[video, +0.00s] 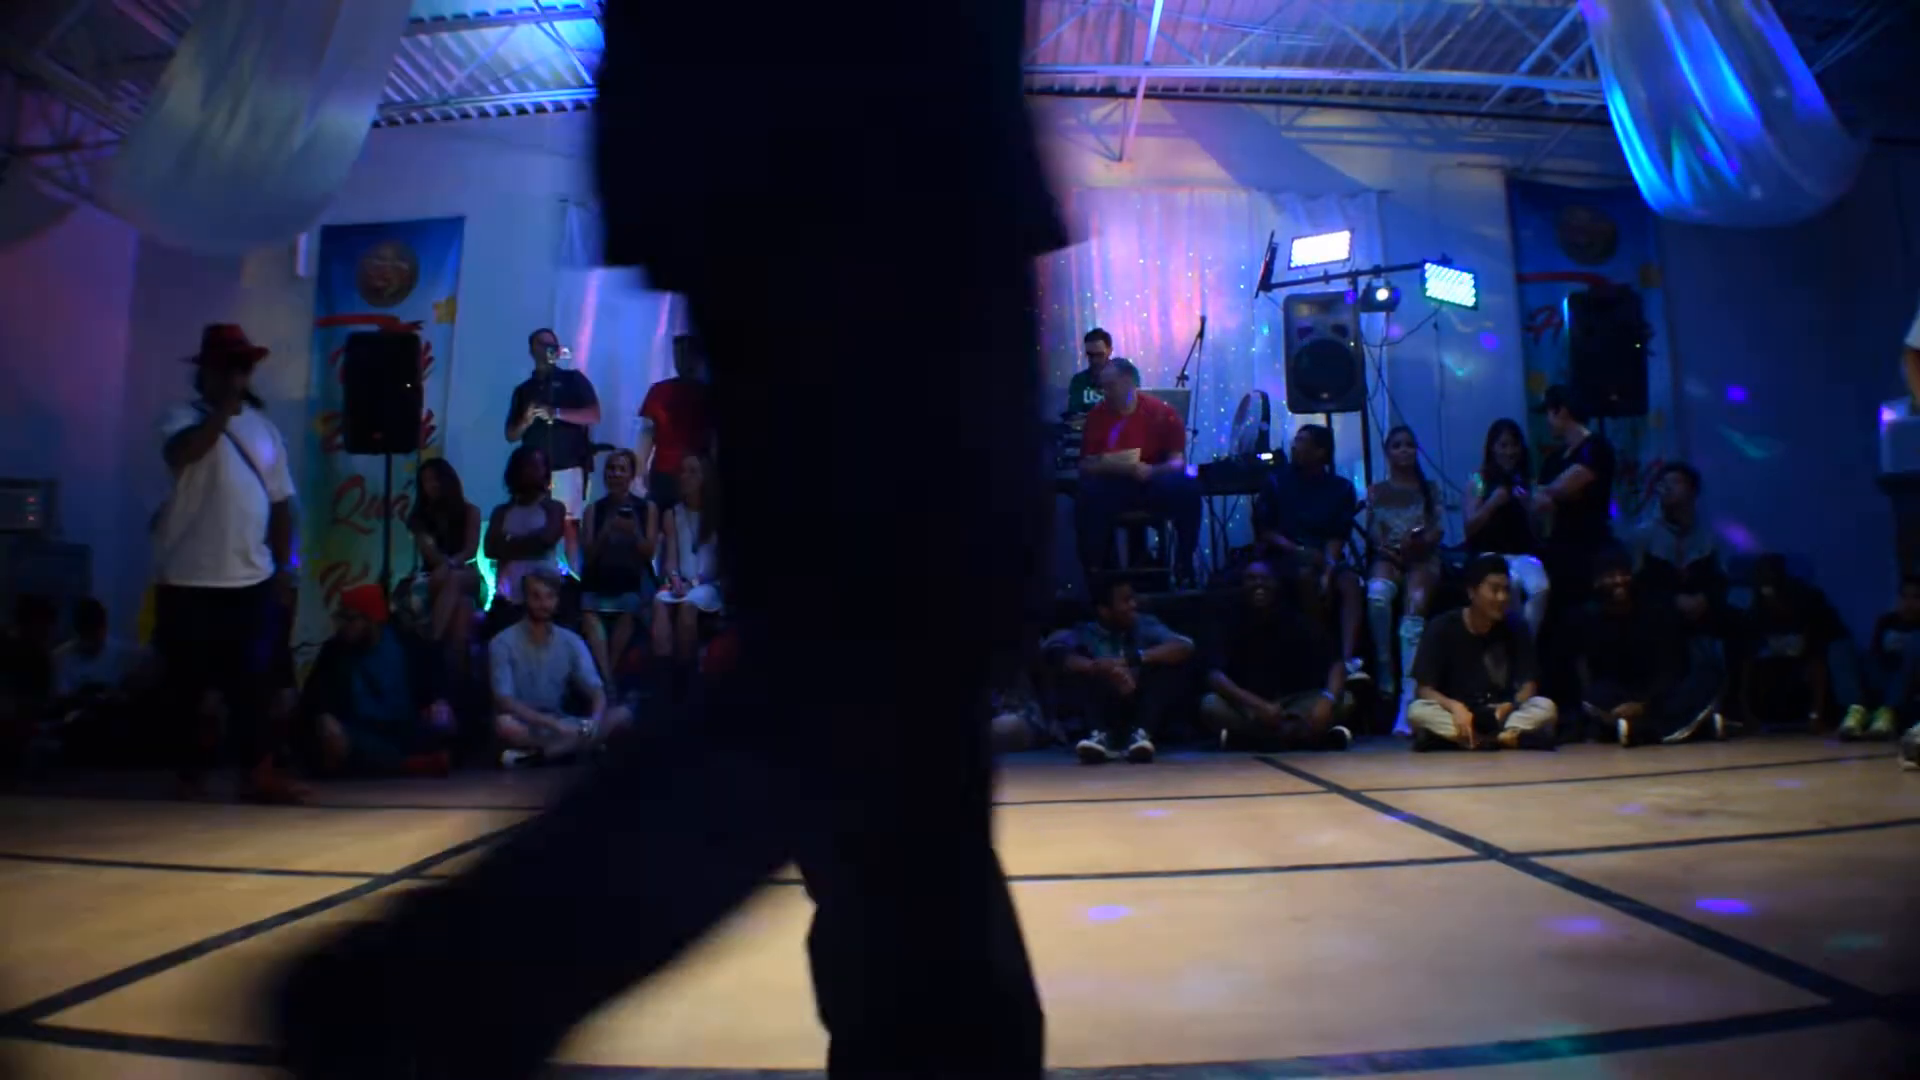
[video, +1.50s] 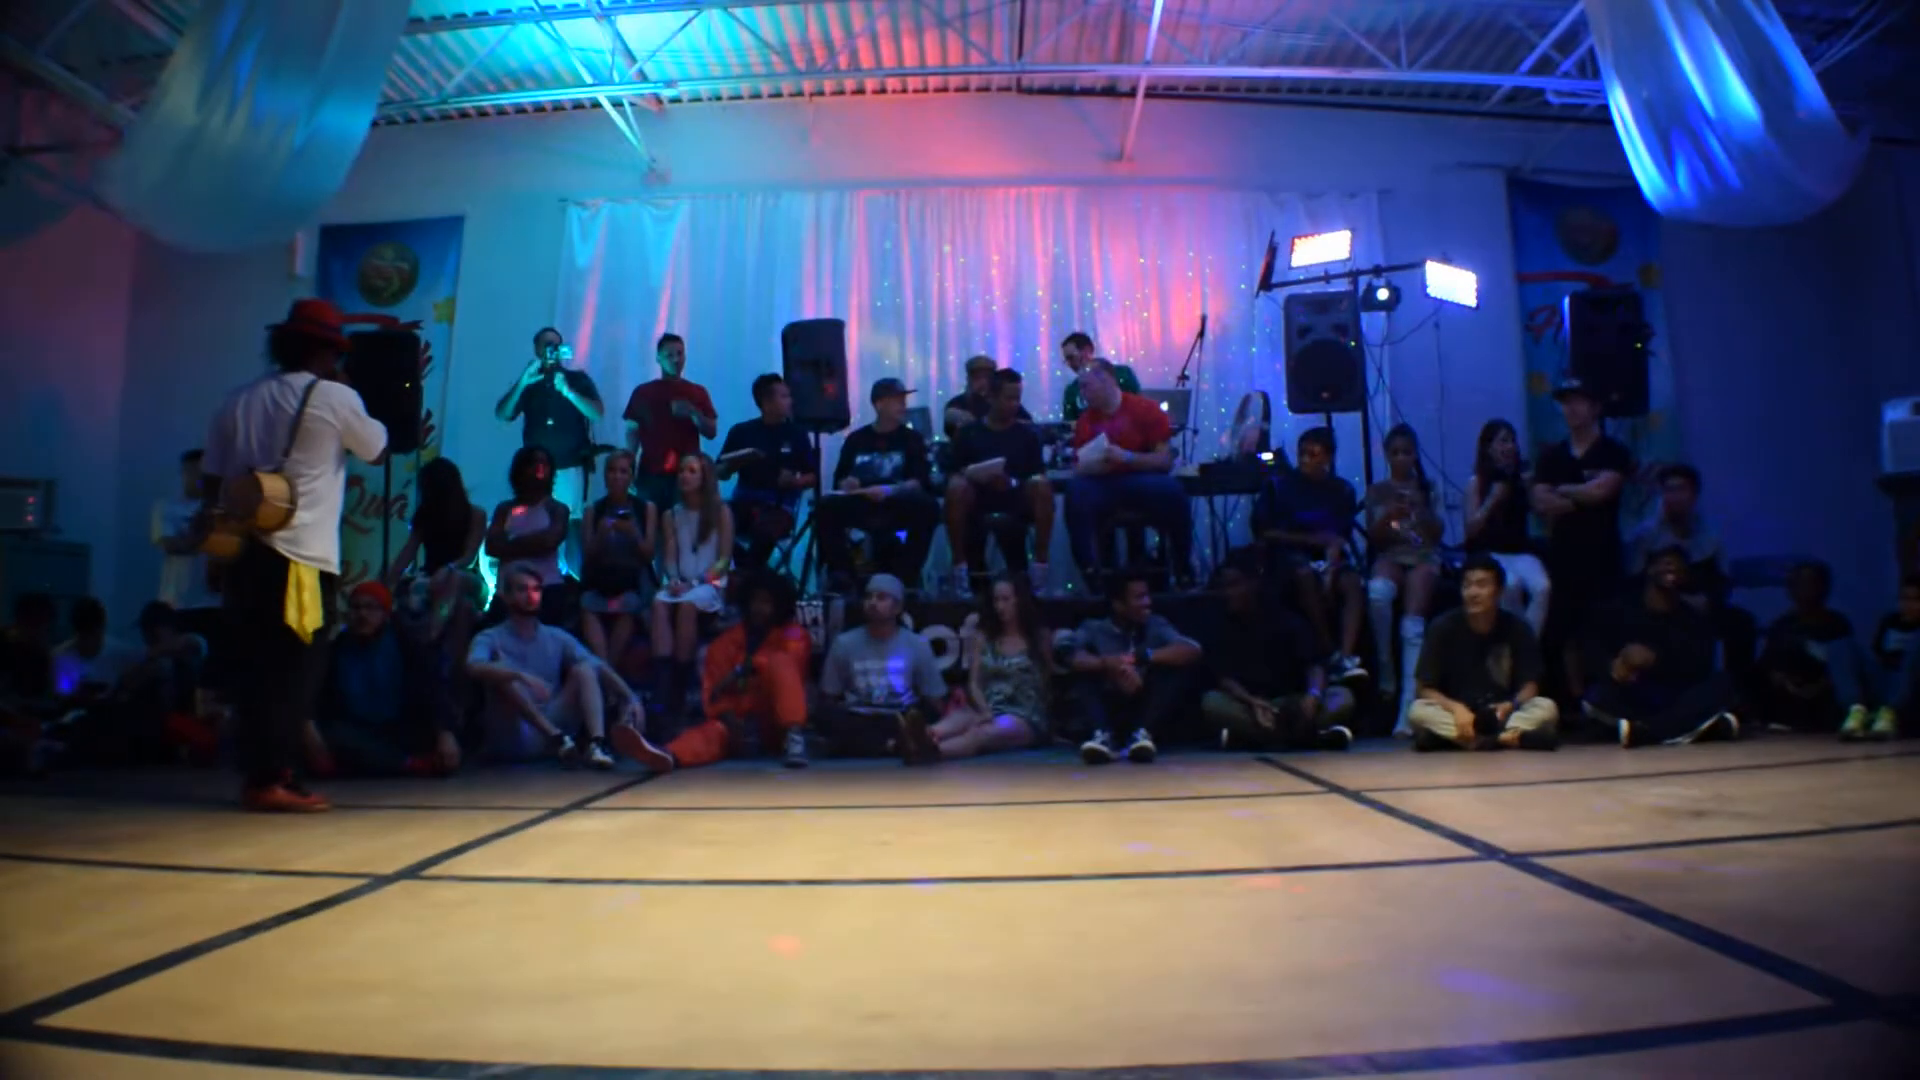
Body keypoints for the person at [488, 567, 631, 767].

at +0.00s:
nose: (543, 603)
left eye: (550, 597)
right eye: (536, 597)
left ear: (557, 600)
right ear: (525, 599)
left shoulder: (570, 641)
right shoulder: (503, 642)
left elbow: (597, 691)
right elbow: (504, 700)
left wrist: (594, 725)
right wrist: (554, 725)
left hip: (563, 716)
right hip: (524, 717)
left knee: (622, 714)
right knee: (504, 724)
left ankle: (544, 753)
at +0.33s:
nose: (537, 592)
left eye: (539, 586)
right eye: (528, 585)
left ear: (543, 590)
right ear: (506, 594)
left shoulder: (553, 636)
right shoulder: (484, 640)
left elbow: (591, 673)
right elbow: (482, 680)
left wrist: (598, 702)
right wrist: (532, 687)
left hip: (557, 716)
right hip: (518, 721)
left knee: (616, 704)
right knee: (505, 709)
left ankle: (547, 753)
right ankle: (577, 746)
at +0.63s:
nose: (529, 589)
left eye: (531, 584)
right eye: (520, 583)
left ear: (535, 588)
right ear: (500, 591)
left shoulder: (544, 632)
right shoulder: (478, 636)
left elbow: (591, 651)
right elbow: (471, 667)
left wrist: (610, 672)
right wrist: (520, 664)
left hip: (550, 712)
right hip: (509, 722)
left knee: (592, 674)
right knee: (504, 694)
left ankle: (548, 742)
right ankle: (561, 742)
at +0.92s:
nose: (530, 590)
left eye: (532, 585)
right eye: (521, 584)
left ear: (537, 591)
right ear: (502, 592)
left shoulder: (551, 635)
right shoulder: (482, 638)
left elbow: (593, 661)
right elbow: (468, 669)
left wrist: (624, 688)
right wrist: (504, 674)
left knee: (579, 665)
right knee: (513, 682)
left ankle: (583, 737)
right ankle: (559, 739)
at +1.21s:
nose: (539, 595)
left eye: (541, 588)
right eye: (530, 589)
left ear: (545, 593)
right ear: (511, 596)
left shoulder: (557, 636)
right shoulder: (492, 639)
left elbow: (597, 667)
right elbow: (475, 669)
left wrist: (630, 703)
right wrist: (513, 683)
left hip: (561, 717)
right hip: (518, 723)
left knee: (585, 670)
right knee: (517, 689)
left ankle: (595, 741)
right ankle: (561, 741)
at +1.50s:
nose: (531, 596)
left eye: (536, 589)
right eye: (522, 590)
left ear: (541, 594)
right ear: (506, 597)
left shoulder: (556, 637)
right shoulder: (489, 639)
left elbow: (596, 665)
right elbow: (475, 667)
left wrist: (631, 700)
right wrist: (523, 678)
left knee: (584, 670)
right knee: (509, 683)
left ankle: (596, 742)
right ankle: (557, 738)